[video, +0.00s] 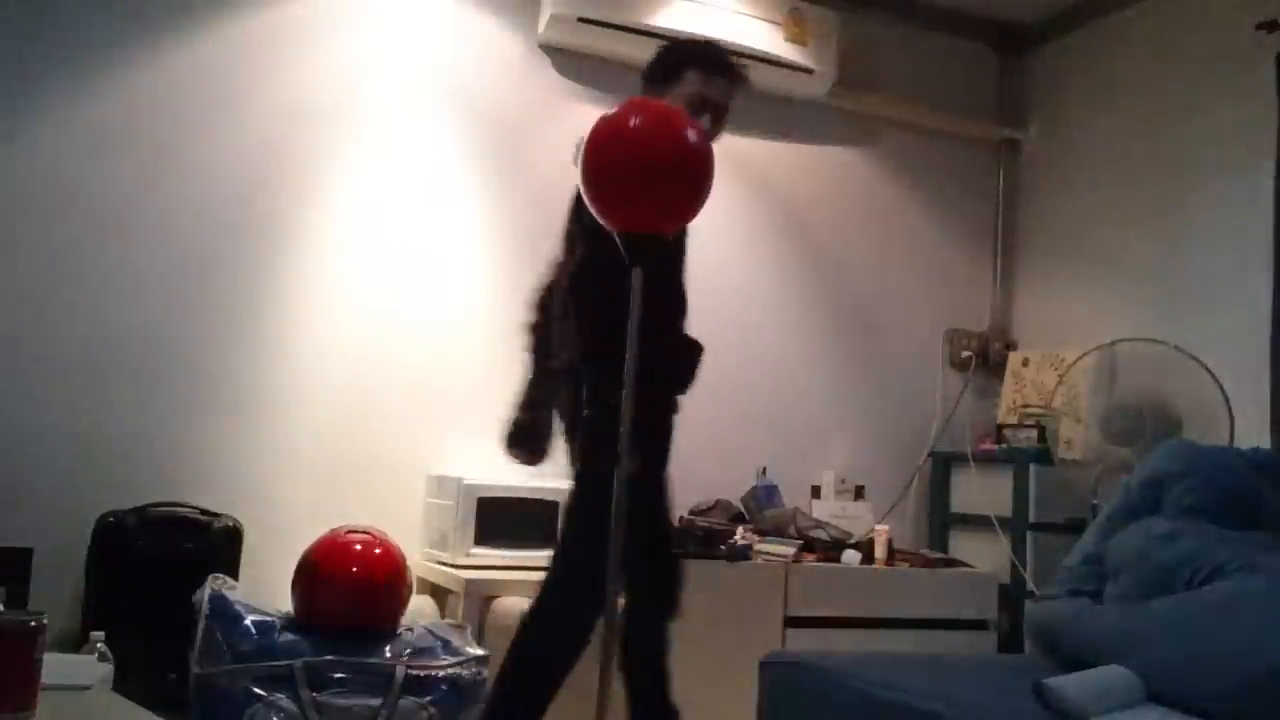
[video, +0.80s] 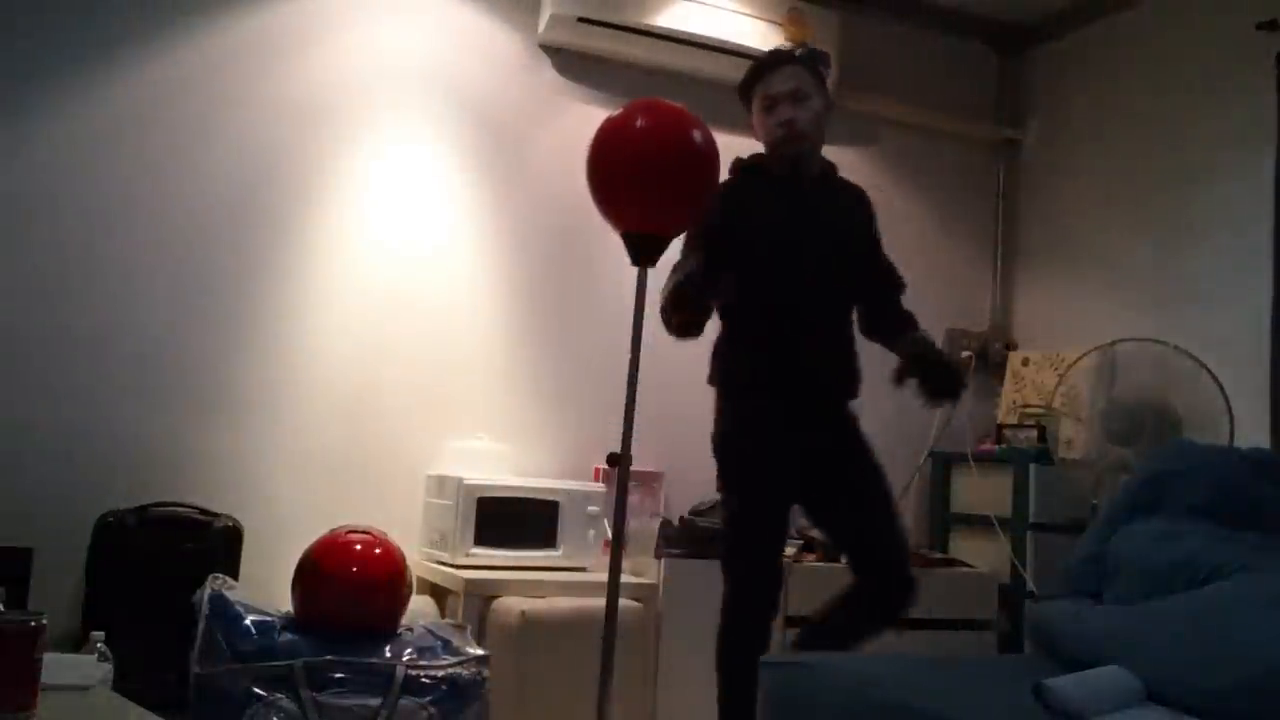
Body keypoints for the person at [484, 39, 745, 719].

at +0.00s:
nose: (709, 125)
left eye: (720, 113)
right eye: (699, 104)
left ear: (720, 119)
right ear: (656, 94)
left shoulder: (664, 181)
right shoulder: (625, 169)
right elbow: (578, 285)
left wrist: (673, 355)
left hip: (641, 398)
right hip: (611, 397)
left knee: (581, 584)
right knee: (650, 583)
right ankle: (651, 713)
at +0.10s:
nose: (728, 133)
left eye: (741, 121)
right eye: (716, 112)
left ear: (746, 128)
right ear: (676, 102)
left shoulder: (684, 204)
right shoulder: (647, 199)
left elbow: (680, 321)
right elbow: (600, 308)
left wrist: (700, 356)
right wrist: (704, 359)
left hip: (670, 422)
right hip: (638, 423)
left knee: (676, 593)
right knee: (643, 590)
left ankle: (669, 716)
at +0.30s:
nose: (751, 129)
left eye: (767, 117)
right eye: (739, 111)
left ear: (779, 128)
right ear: (705, 111)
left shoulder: (743, 210)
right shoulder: (674, 192)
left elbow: (744, 322)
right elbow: (615, 293)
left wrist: (764, 404)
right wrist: (612, 395)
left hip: (714, 408)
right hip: (670, 405)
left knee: (690, 579)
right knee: (722, 583)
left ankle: (668, 711)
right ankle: (608, 703)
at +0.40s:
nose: (761, 126)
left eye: (777, 114)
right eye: (748, 110)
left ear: (794, 125)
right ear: (720, 113)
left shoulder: (771, 211)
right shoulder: (684, 187)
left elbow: (798, 316)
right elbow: (627, 288)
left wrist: (842, 399)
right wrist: (621, 383)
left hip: (733, 404)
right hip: (686, 401)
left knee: (703, 578)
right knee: (736, 583)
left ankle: (670, 708)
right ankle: (668, 707)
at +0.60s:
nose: (773, 119)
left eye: (789, 107)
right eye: (759, 105)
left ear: (812, 120)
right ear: (738, 115)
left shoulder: (814, 213)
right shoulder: (702, 187)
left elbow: (858, 319)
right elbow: (661, 282)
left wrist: (940, 371)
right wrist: (652, 358)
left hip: (777, 400)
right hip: (709, 391)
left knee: (753, 575)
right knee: (746, 575)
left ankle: (706, 712)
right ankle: (701, 713)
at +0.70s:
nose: (775, 115)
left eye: (790, 101)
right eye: (761, 104)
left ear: (818, 113)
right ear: (744, 117)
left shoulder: (830, 209)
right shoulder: (719, 188)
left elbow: (868, 314)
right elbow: (674, 285)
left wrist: (938, 354)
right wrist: (671, 336)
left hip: (801, 409)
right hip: (733, 406)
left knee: (832, 586)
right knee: (746, 590)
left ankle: (737, 659)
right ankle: (731, 709)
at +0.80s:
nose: (786, 113)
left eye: (799, 99)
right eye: (771, 104)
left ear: (827, 107)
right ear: (754, 119)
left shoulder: (846, 202)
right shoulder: (733, 198)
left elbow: (878, 304)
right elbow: (681, 319)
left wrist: (918, 350)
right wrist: (697, 257)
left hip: (825, 414)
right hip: (750, 414)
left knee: (889, 582)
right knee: (751, 596)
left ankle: (796, 673)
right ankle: (737, 717)